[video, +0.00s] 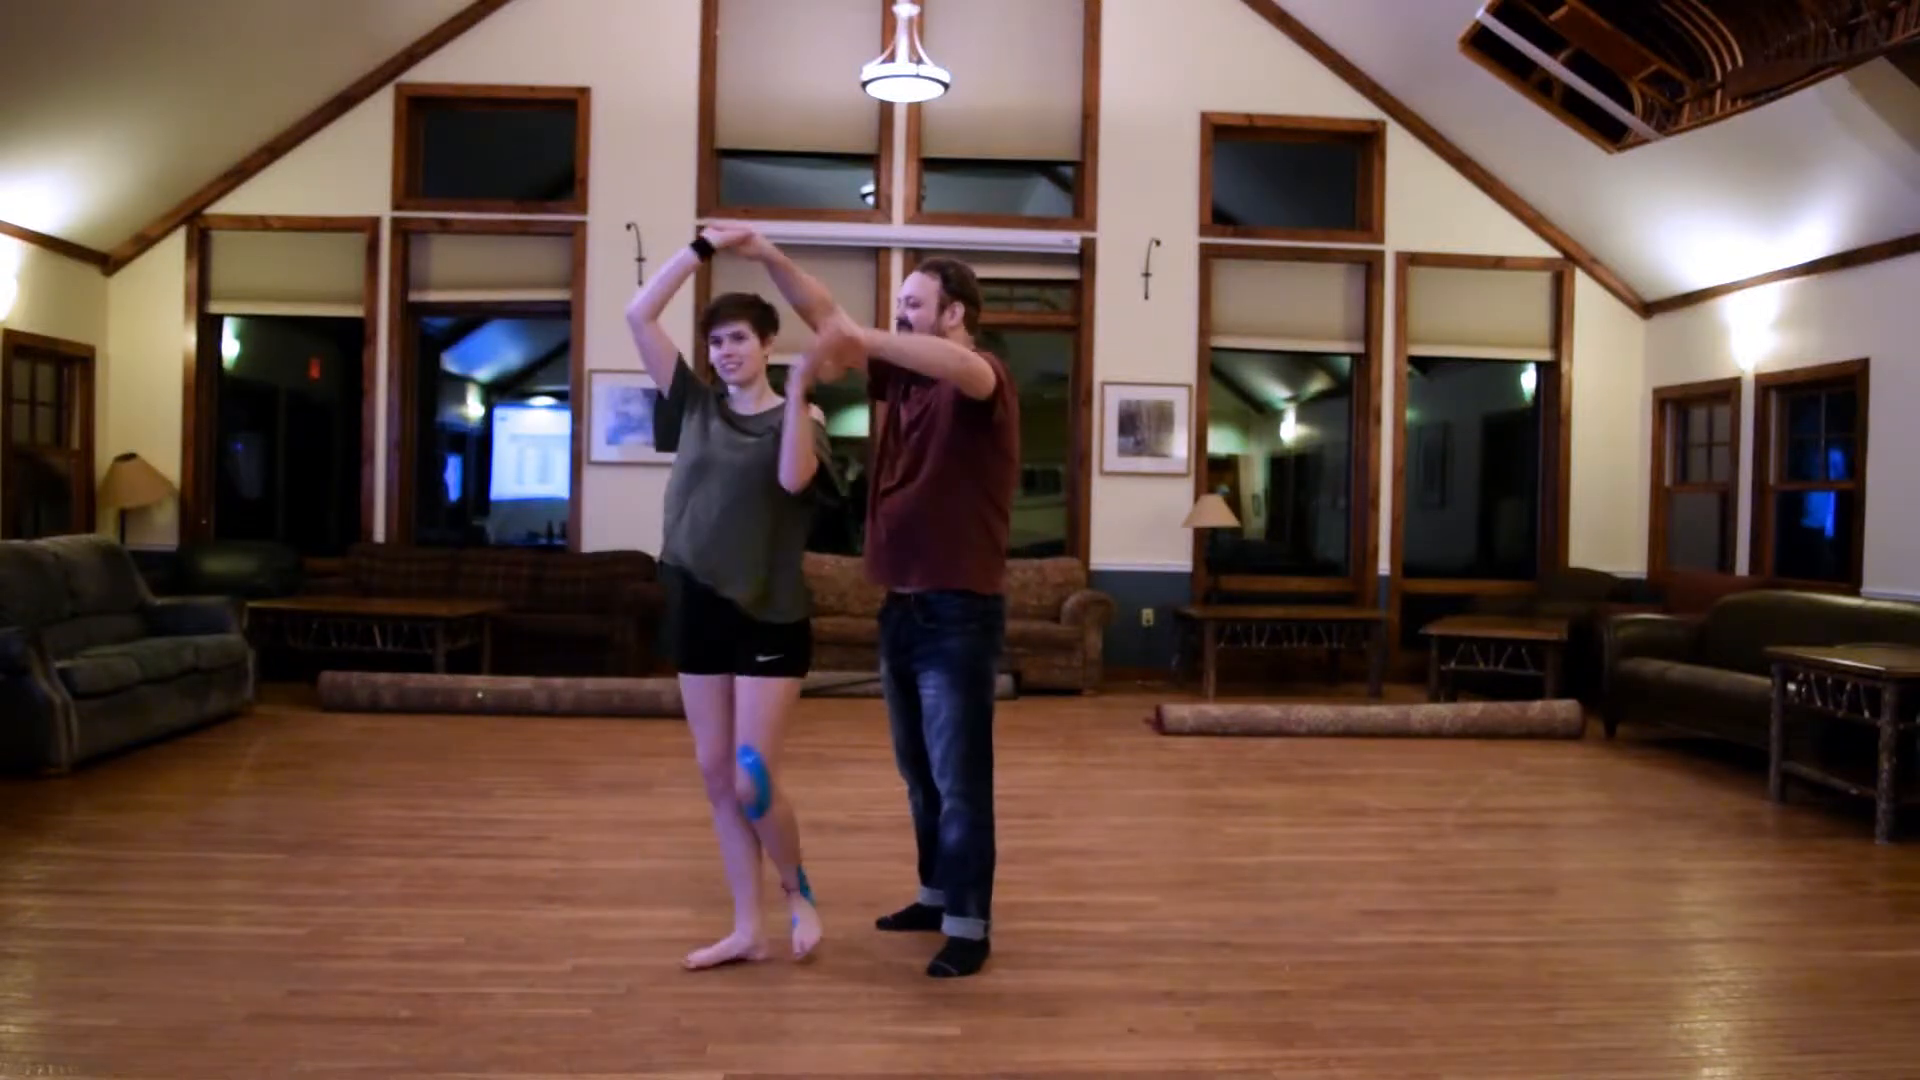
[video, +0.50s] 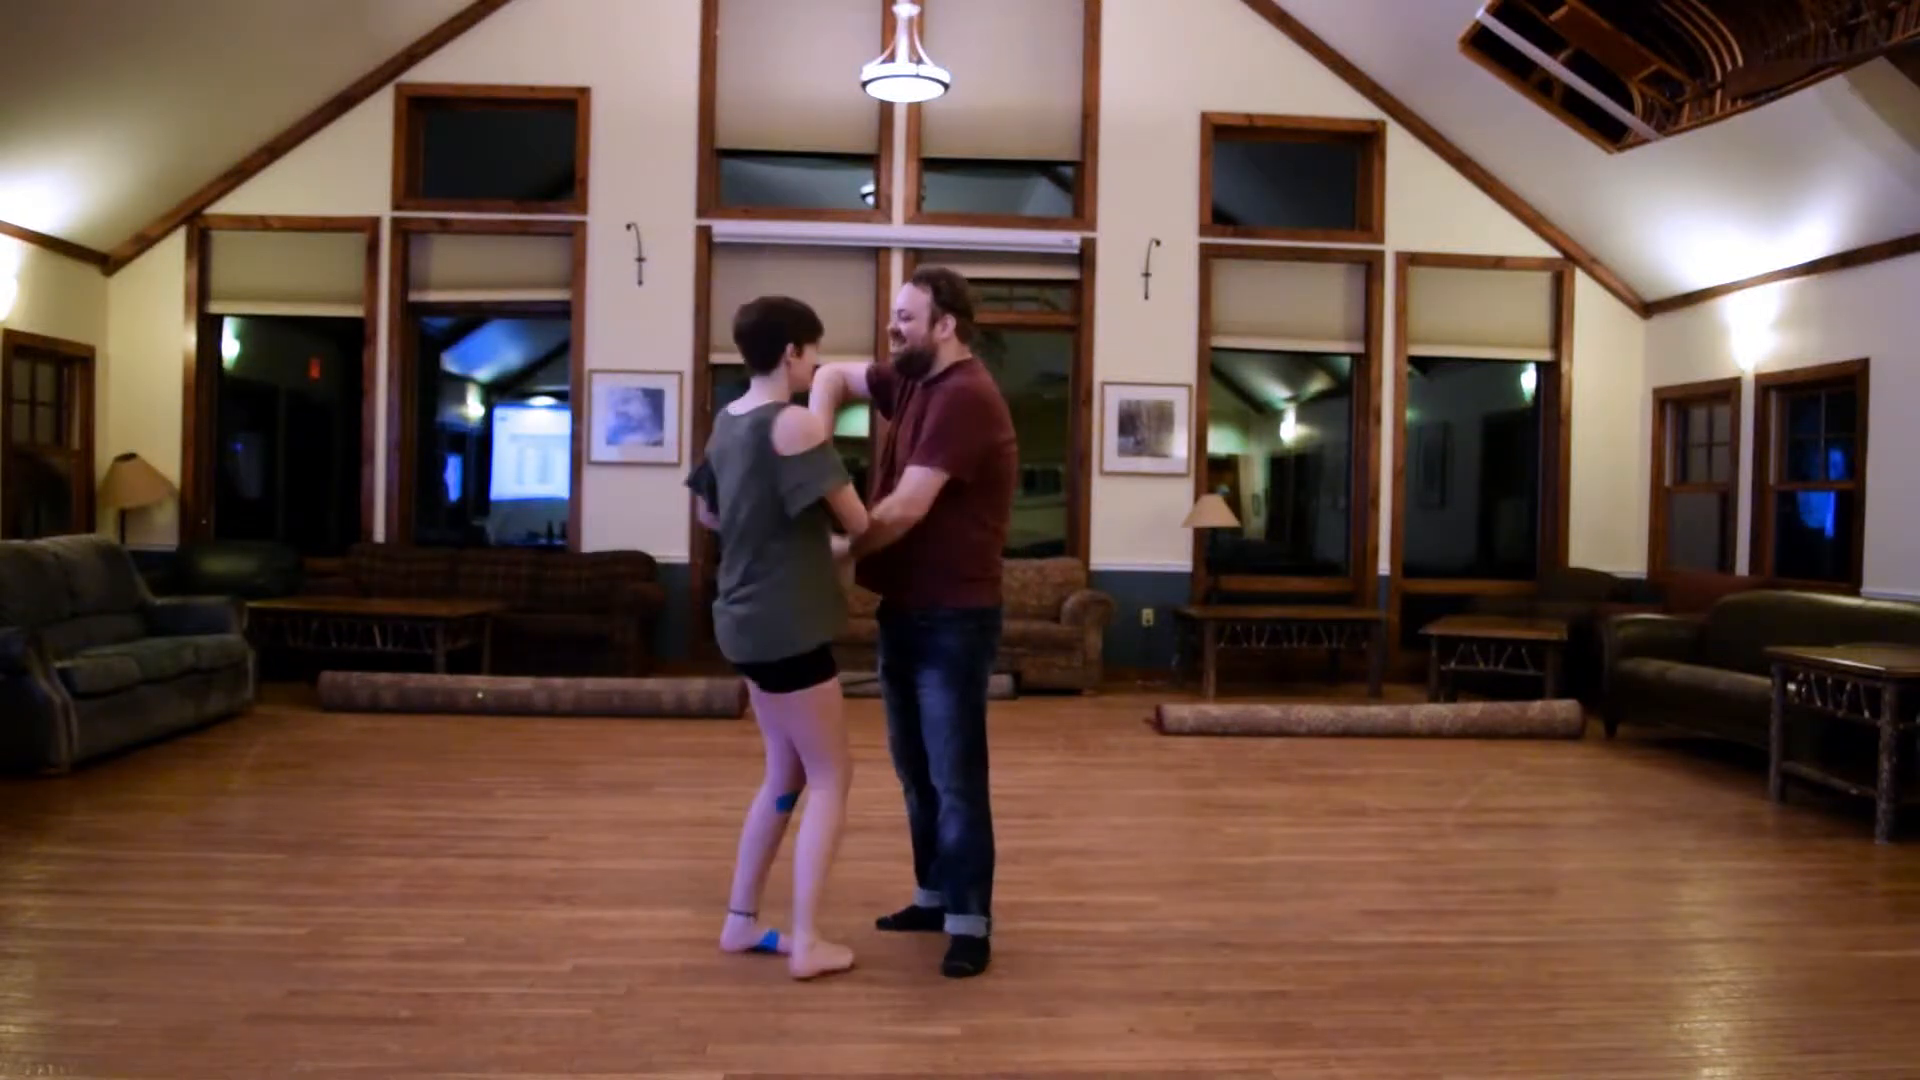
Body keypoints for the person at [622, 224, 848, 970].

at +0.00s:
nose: (726, 350)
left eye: (738, 339)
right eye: (717, 341)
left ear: (767, 345)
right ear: (708, 351)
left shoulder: (795, 417)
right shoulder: (698, 404)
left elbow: (795, 477)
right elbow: (639, 317)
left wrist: (796, 388)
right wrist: (696, 250)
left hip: (772, 611)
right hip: (699, 603)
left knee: (751, 782)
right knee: (717, 777)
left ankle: (796, 897)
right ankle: (748, 929)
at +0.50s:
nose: (817, 363)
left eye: (814, 352)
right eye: (813, 352)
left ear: (752, 355)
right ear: (792, 355)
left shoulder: (726, 421)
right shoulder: (798, 424)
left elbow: (709, 513)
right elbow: (855, 519)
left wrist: (784, 526)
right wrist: (848, 536)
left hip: (744, 623)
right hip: (791, 629)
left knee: (782, 776)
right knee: (830, 776)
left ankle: (740, 921)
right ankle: (805, 943)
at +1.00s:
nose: (800, 317)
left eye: (811, 305)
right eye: (804, 306)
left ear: (837, 317)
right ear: (844, 324)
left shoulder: (833, 383)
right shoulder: (803, 392)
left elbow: (792, 261)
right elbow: (730, 334)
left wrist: (800, 242)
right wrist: (781, 267)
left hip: (817, 595)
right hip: (809, 593)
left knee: (784, 783)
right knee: (810, 777)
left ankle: (852, 945)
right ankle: (827, 937)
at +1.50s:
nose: (853, 335)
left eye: (853, 326)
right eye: (850, 324)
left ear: (786, 332)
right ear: (834, 326)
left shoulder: (810, 394)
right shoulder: (804, 396)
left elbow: (881, 388)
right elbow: (926, 394)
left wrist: (876, 304)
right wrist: (904, 317)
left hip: (845, 609)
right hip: (805, 613)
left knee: (852, 790)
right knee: (809, 797)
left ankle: (796, 954)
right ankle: (774, 986)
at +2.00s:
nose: (862, 336)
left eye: (862, 323)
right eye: (858, 326)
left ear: (789, 334)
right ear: (841, 333)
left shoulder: (777, 404)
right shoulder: (832, 405)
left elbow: (859, 429)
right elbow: (938, 448)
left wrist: (879, 351)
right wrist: (903, 367)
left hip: (795, 612)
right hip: (828, 619)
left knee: (817, 803)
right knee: (823, 806)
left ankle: (787, 975)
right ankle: (782, 985)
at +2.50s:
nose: (867, 337)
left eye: (867, 325)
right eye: (865, 327)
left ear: (804, 333)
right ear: (851, 331)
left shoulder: (799, 396)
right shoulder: (839, 400)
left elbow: (890, 408)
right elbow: (951, 436)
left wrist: (904, 335)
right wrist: (941, 354)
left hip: (800, 614)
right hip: (825, 621)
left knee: (819, 804)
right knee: (823, 808)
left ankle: (788, 973)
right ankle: (782, 985)